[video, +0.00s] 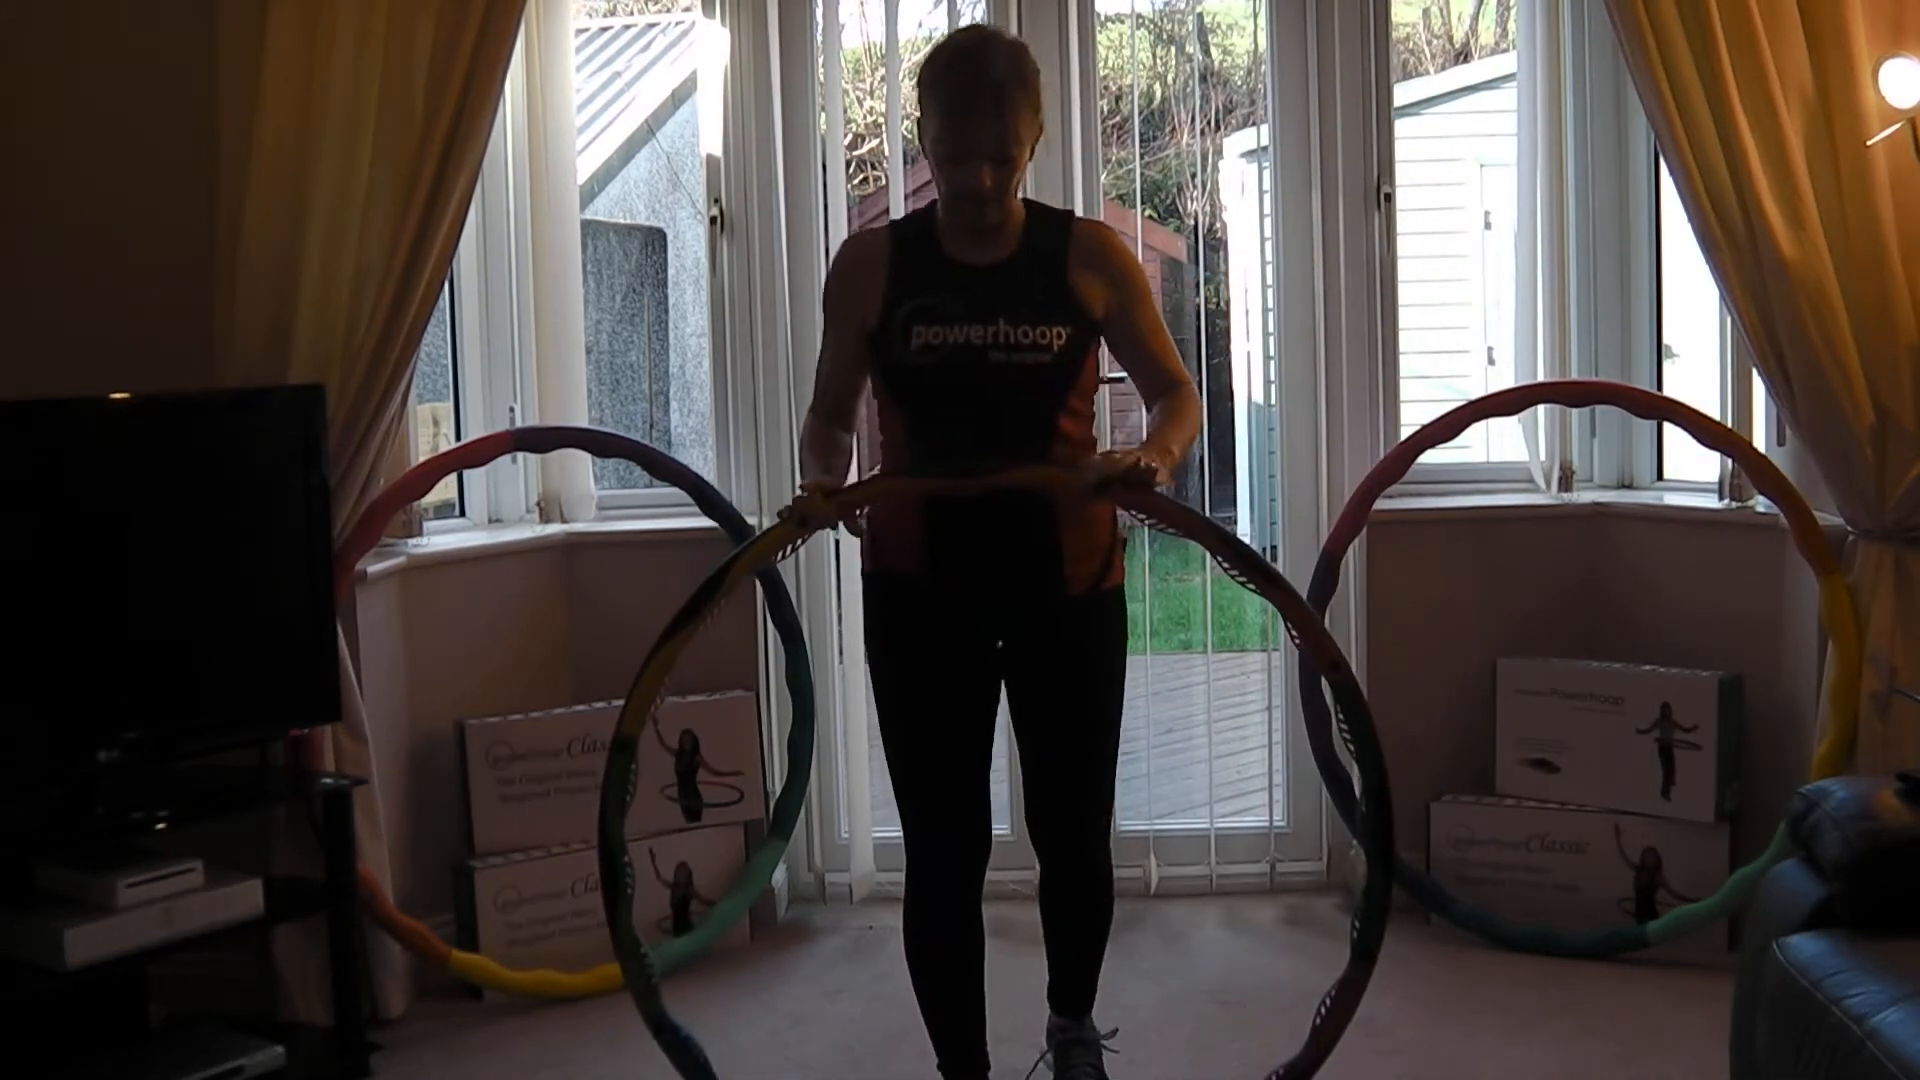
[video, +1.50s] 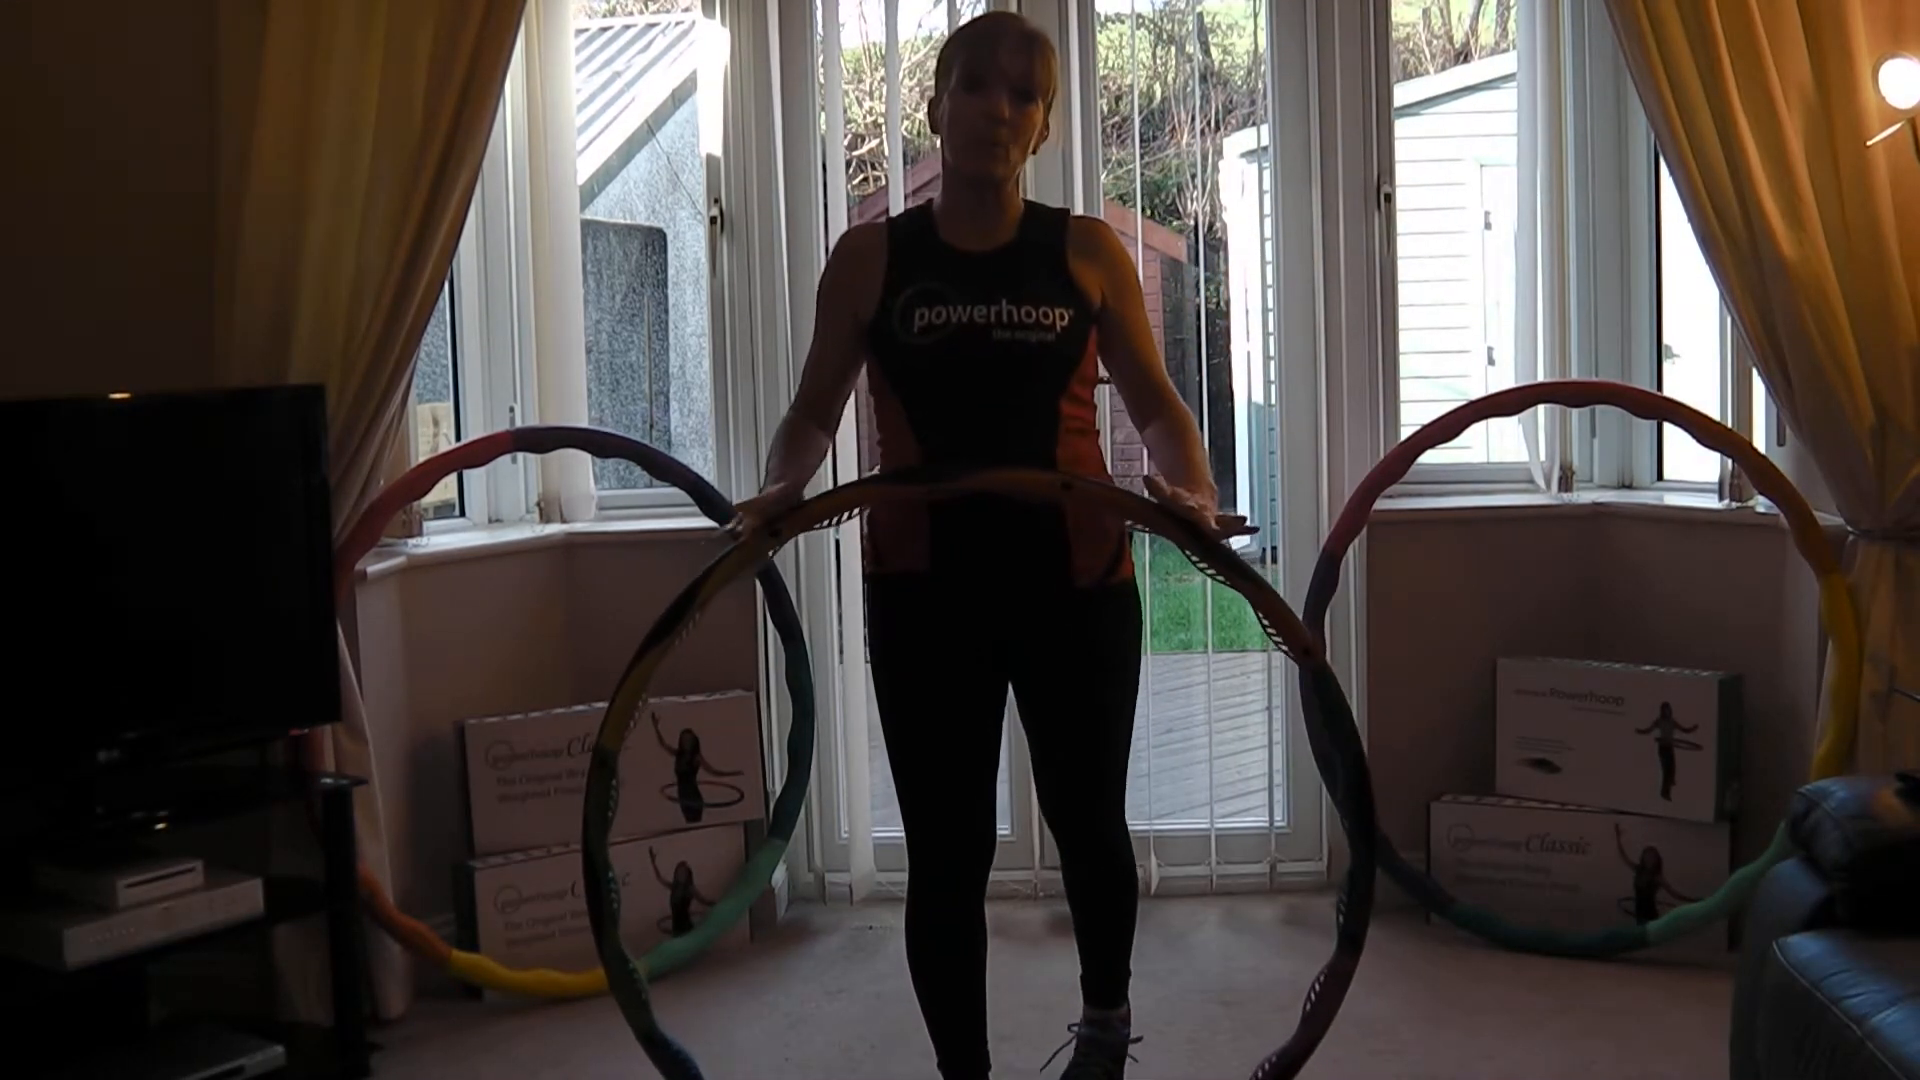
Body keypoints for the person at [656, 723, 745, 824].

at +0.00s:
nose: (685, 742)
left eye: (688, 739)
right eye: (683, 739)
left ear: (694, 741)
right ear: (680, 741)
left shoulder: (696, 757)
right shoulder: (678, 754)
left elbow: (714, 772)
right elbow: (663, 744)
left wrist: (734, 773)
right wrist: (655, 727)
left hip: (693, 796)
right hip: (682, 796)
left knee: (697, 829)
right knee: (691, 829)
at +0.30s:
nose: (685, 742)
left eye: (688, 739)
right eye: (683, 739)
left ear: (693, 741)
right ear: (680, 741)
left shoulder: (696, 757)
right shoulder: (678, 754)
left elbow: (714, 772)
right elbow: (663, 744)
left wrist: (733, 773)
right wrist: (655, 726)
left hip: (693, 796)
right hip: (682, 796)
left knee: (696, 829)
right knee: (691, 830)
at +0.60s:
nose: (685, 742)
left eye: (688, 739)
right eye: (683, 739)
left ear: (693, 742)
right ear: (680, 741)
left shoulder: (696, 757)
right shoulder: (678, 754)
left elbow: (714, 773)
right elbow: (662, 744)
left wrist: (734, 773)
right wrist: (655, 726)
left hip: (693, 794)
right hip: (682, 794)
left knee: (696, 827)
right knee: (690, 827)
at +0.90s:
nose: (685, 742)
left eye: (689, 739)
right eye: (683, 739)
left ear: (693, 742)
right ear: (680, 741)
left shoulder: (696, 757)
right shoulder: (678, 754)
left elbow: (713, 772)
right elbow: (662, 744)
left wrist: (734, 773)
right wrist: (656, 727)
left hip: (693, 795)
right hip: (682, 795)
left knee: (696, 828)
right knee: (691, 828)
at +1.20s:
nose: (686, 743)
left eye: (689, 740)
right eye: (684, 740)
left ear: (694, 742)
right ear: (680, 741)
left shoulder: (696, 757)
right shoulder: (679, 754)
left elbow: (713, 772)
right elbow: (663, 744)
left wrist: (734, 773)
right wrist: (655, 727)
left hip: (693, 795)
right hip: (682, 795)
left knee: (696, 828)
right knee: (691, 828)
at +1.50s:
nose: (685, 742)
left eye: (688, 739)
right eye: (683, 739)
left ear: (693, 741)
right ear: (680, 741)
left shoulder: (696, 757)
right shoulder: (678, 755)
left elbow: (713, 772)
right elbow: (662, 744)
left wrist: (734, 773)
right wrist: (656, 726)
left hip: (693, 795)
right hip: (682, 795)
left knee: (696, 828)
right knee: (691, 828)